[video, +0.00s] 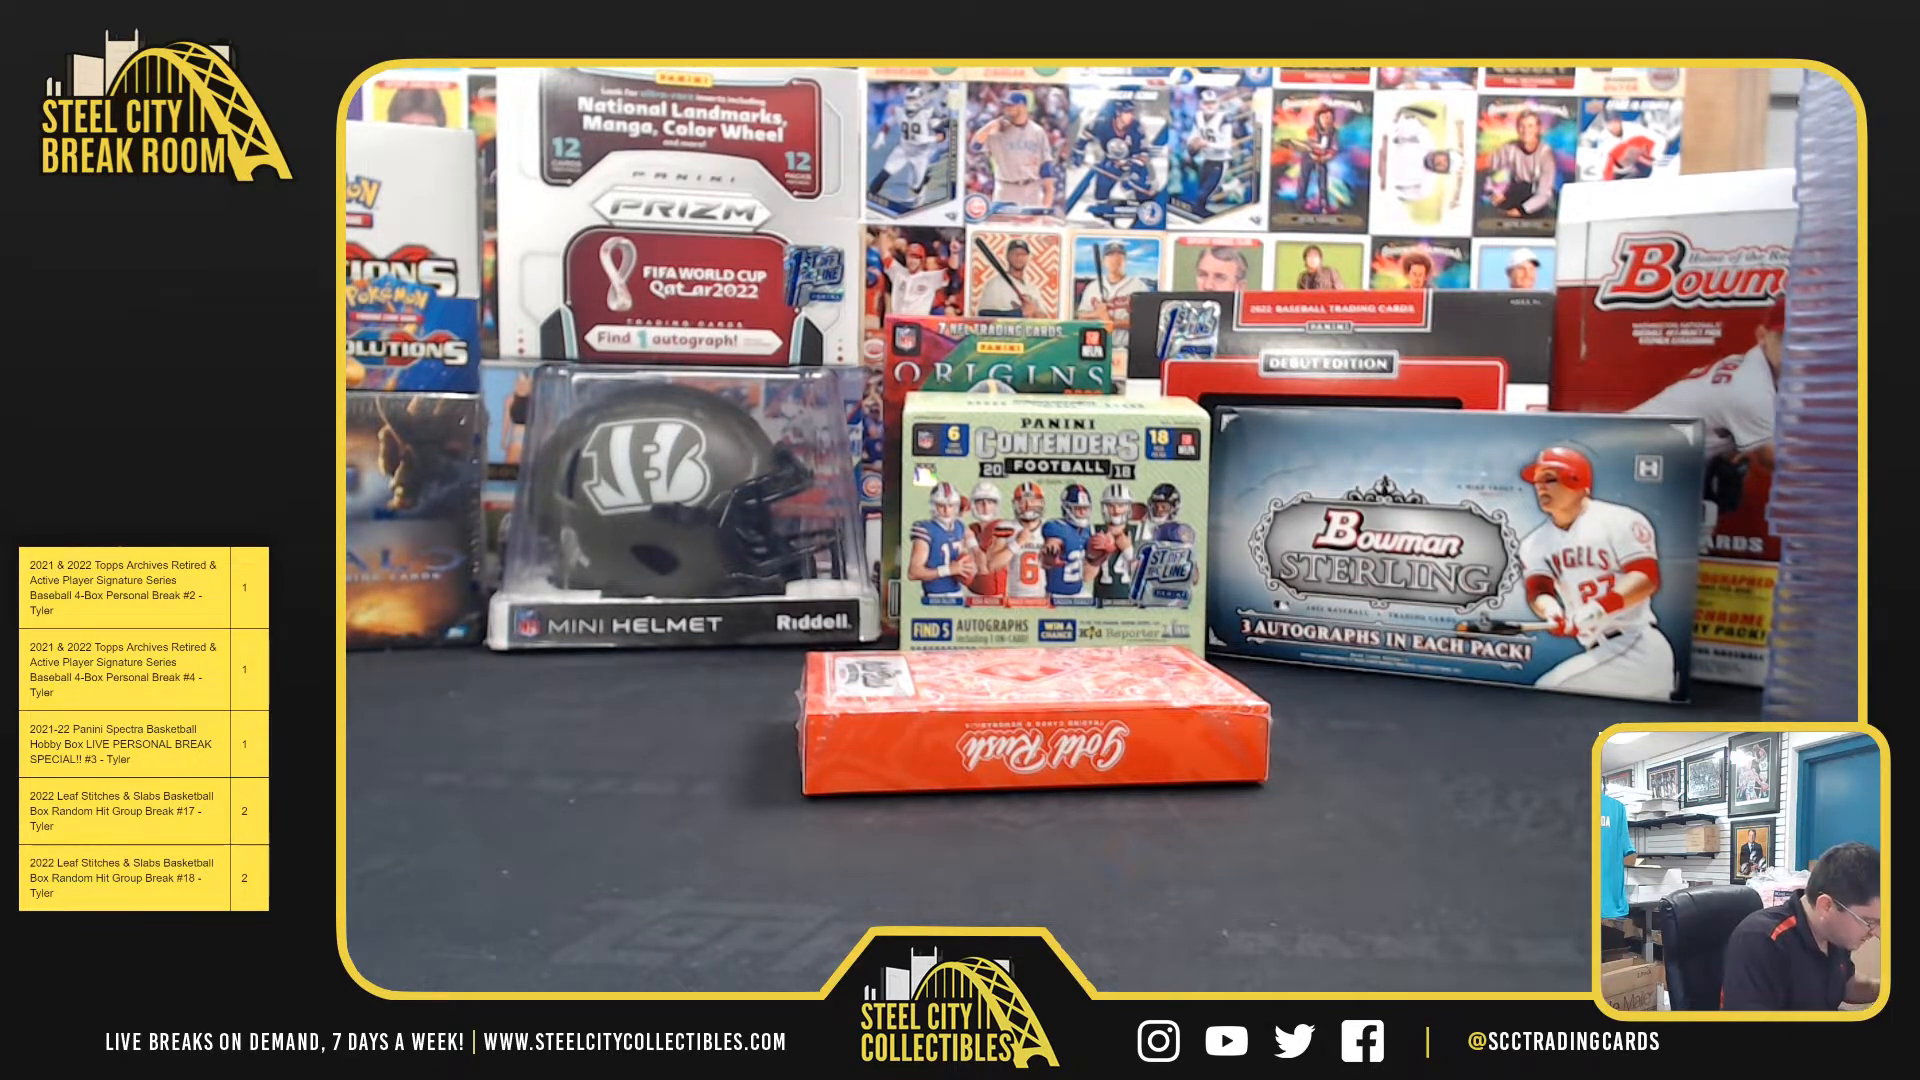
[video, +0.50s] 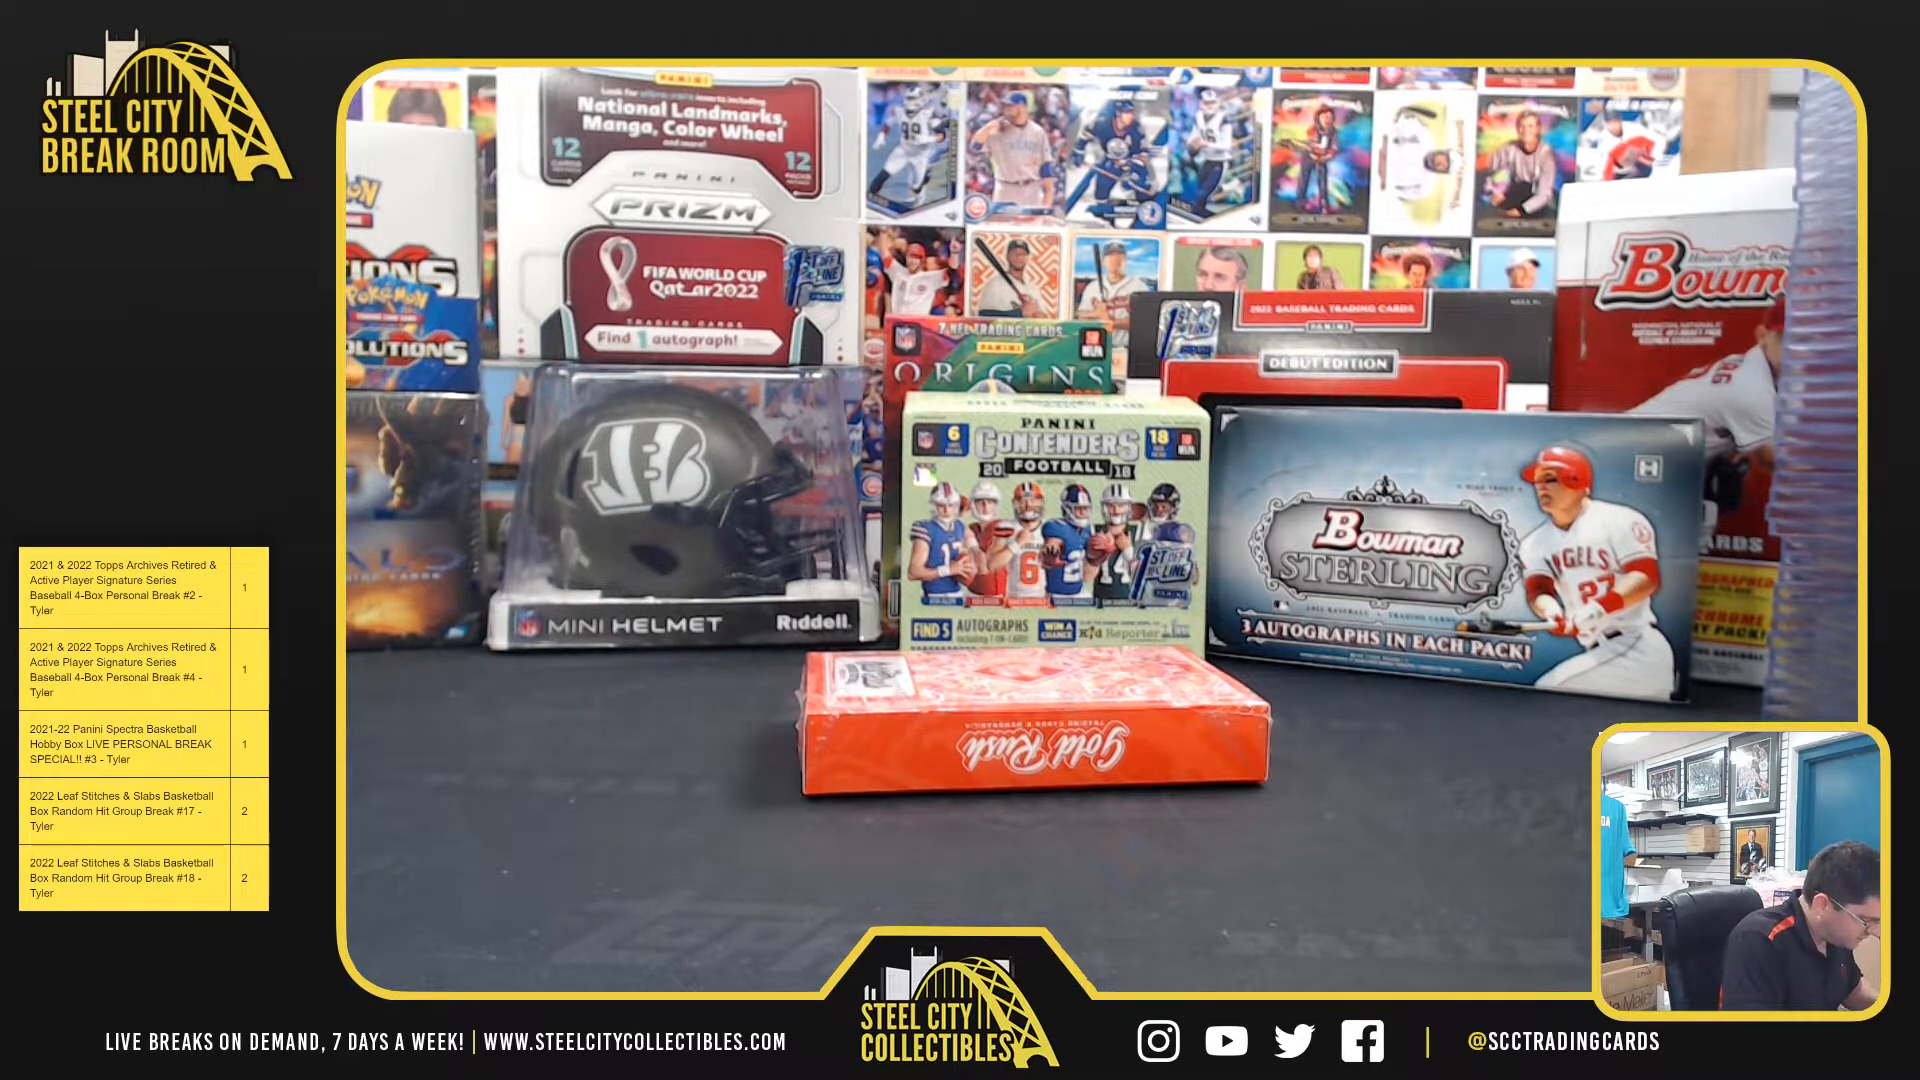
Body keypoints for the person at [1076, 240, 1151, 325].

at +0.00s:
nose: (1115, 260)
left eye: (1119, 255)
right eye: (1111, 255)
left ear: (1125, 260)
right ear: (1103, 260)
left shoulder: (1137, 286)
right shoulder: (1093, 287)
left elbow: (1143, 319)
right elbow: (1081, 315)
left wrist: (1114, 323)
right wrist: (1098, 314)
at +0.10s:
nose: (1115, 260)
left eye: (1119, 255)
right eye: (1111, 256)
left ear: (1125, 260)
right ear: (1104, 261)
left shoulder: (1137, 286)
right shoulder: (1092, 287)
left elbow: (1143, 319)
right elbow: (1081, 315)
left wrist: (1114, 323)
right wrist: (1097, 314)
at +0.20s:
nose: (1115, 259)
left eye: (1119, 255)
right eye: (1110, 255)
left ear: (1124, 260)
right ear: (1103, 261)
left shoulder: (1137, 286)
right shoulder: (1093, 287)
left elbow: (1143, 319)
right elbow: (1081, 315)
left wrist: (1114, 323)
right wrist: (1097, 314)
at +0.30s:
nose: (1115, 259)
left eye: (1119, 255)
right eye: (1110, 255)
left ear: (1124, 260)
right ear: (1103, 261)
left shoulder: (1137, 286)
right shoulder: (1093, 287)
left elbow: (1143, 319)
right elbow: (1081, 315)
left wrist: (1114, 323)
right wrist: (1097, 314)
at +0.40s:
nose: (1115, 259)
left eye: (1119, 255)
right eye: (1110, 255)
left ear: (1124, 260)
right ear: (1103, 261)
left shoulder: (1137, 286)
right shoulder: (1093, 287)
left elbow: (1143, 319)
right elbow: (1081, 315)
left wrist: (1114, 323)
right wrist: (1097, 314)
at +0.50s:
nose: (1115, 259)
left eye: (1119, 255)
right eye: (1111, 255)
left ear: (1125, 260)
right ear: (1103, 260)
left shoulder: (1137, 286)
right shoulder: (1092, 287)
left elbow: (1144, 319)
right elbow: (1081, 315)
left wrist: (1114, 323)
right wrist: (1097, 313)